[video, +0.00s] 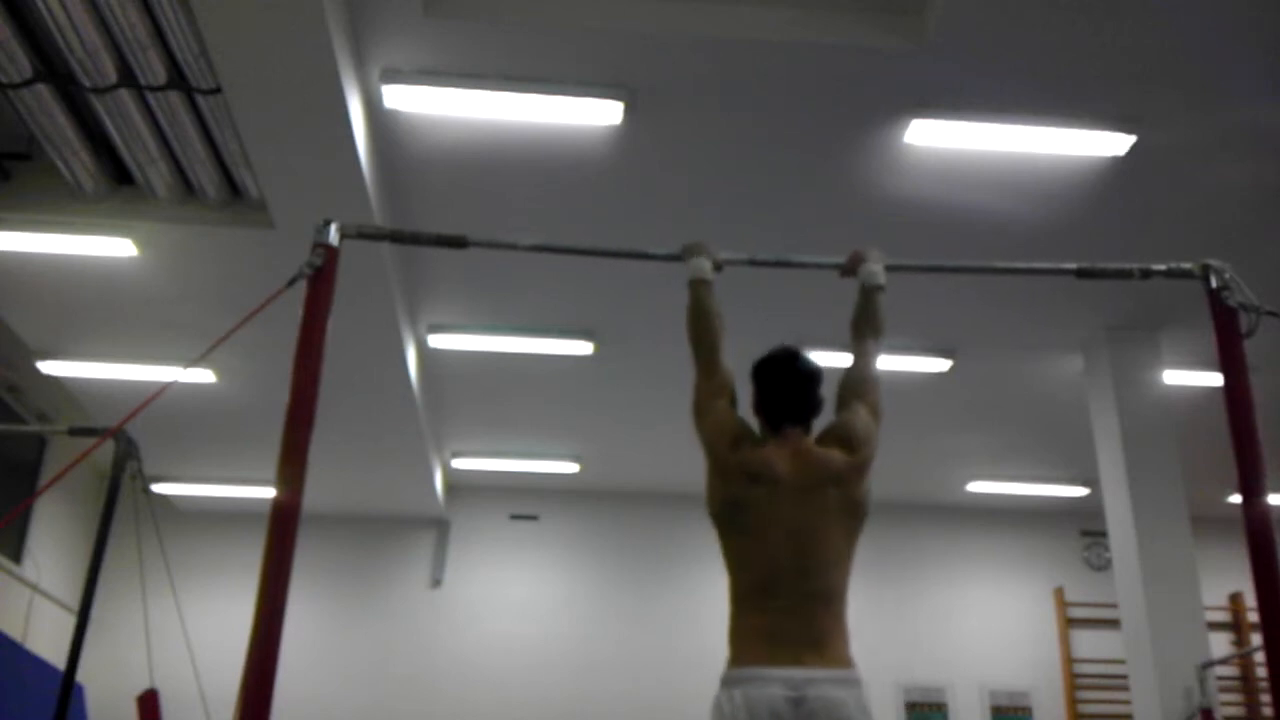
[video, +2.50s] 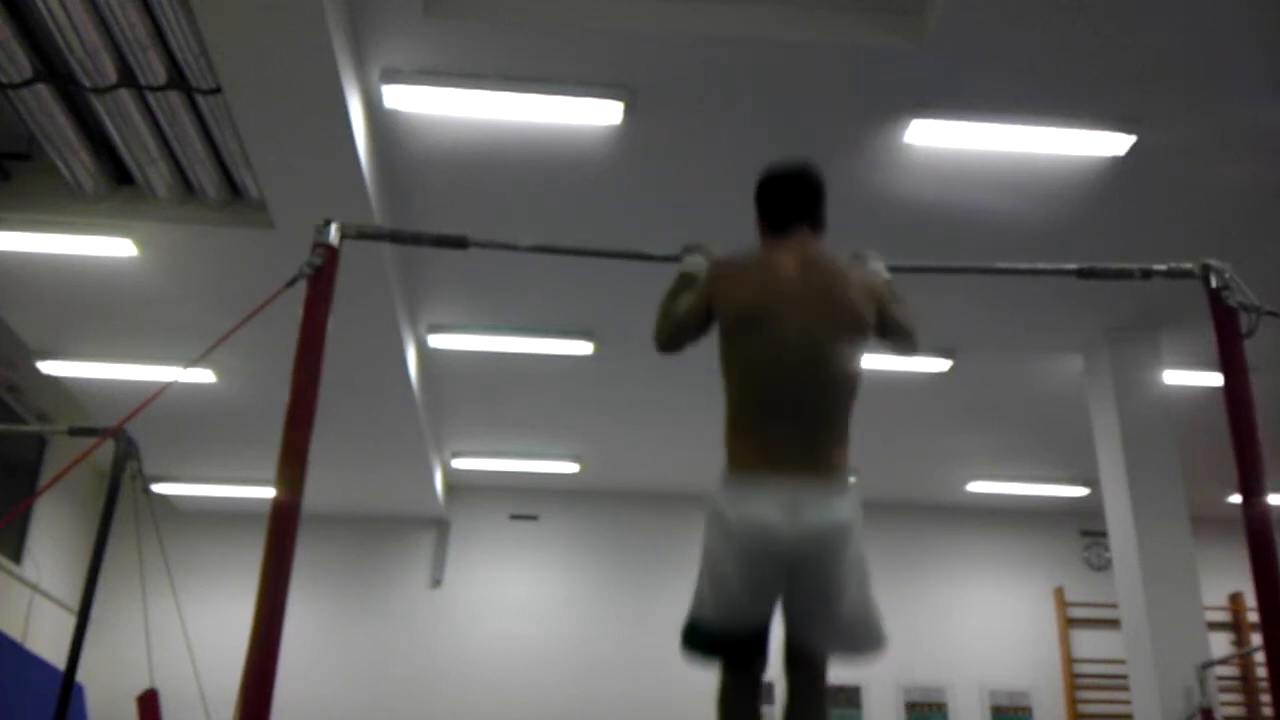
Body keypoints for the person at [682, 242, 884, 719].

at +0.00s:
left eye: (762, 397)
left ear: (755, 407)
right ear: (817, 406)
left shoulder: (732, 460)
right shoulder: (846, 461)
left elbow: (708, 361)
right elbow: (865, 352)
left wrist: (699, 270)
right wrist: (872, 278)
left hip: (751, 686)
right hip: (834, 686)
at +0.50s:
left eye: (759, 410)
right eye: (800, 411)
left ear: (749, 422)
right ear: (808, 426)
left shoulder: (726, 473)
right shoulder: (830, 479)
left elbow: (699, 374)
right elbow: (866, 369)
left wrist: (697, 277)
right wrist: (872, 287)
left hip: (731, 686)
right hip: (808, 688)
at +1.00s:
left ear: (788, 207)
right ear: (853, 211)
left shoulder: (755, 270)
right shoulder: (879, 282)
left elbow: (685, 314)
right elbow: (911, 324)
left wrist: (695, 262)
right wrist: (876, 273)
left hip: (763, 497)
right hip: (840, 505)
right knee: (800, 559)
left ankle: (743, 580)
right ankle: (761, 581)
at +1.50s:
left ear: (749, 108)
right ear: (805, 109)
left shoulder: (732, 124)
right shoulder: (838, 135)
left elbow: (667, 152)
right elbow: (906, 178)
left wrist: (688, 232)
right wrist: (876, 241)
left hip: (757, 257)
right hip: (831, 258)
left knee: (749, 425)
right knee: (811, 427)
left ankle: (752, 569)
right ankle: (785, 573)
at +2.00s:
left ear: (751, 59)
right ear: (808, 58)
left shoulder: (731, 74)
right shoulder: (836, 76)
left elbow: (681, 143)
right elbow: (880, 148)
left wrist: (690, 224)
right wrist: (872, 227)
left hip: (754, 178)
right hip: (832, 178)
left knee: (762, 355)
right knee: (829, 356)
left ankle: (778, 506)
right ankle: (821, 502)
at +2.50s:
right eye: (809, 216)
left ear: (759, 218)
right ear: (821, 218)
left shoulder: (730, 280)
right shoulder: (851, 287)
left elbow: (669, 335)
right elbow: (904, 335)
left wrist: (689, 274)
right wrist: (878, 279)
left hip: (748, 510)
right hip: (824, 512)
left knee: (740, 672)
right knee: (809, 672)